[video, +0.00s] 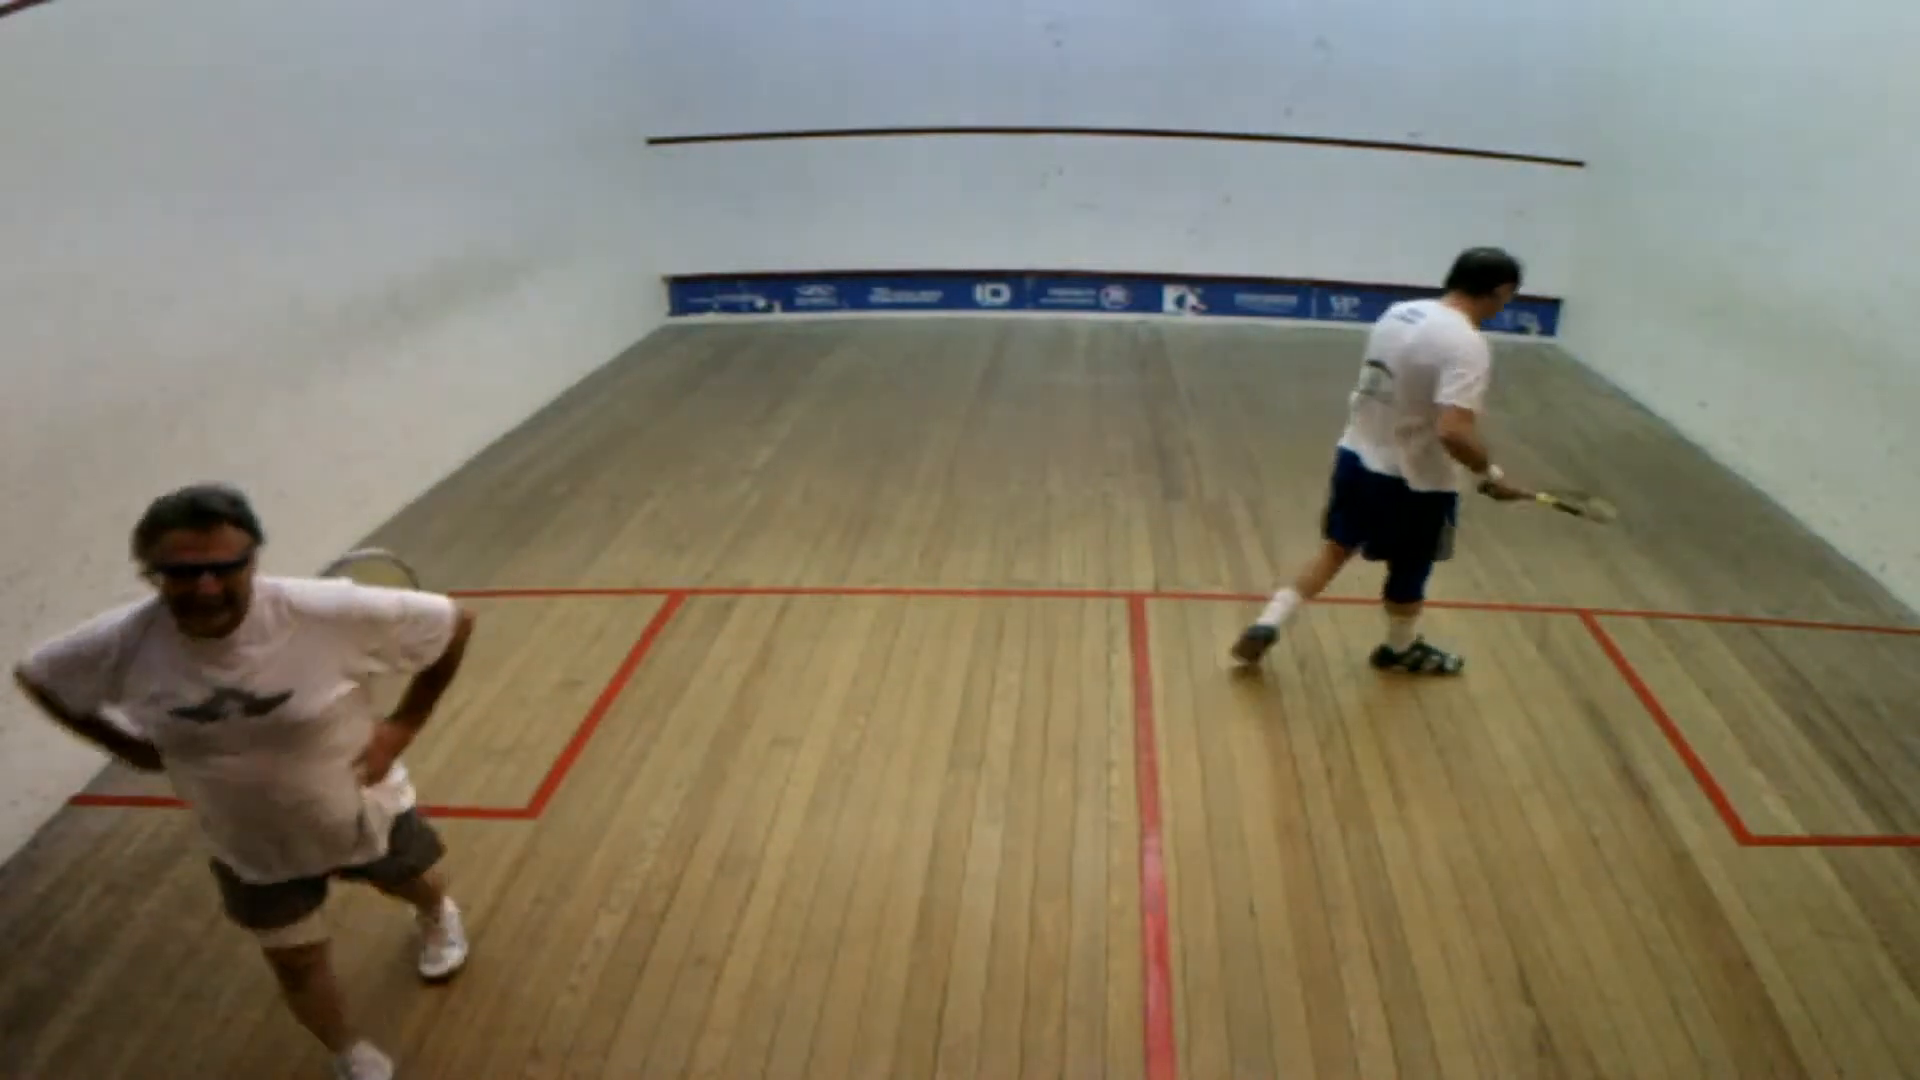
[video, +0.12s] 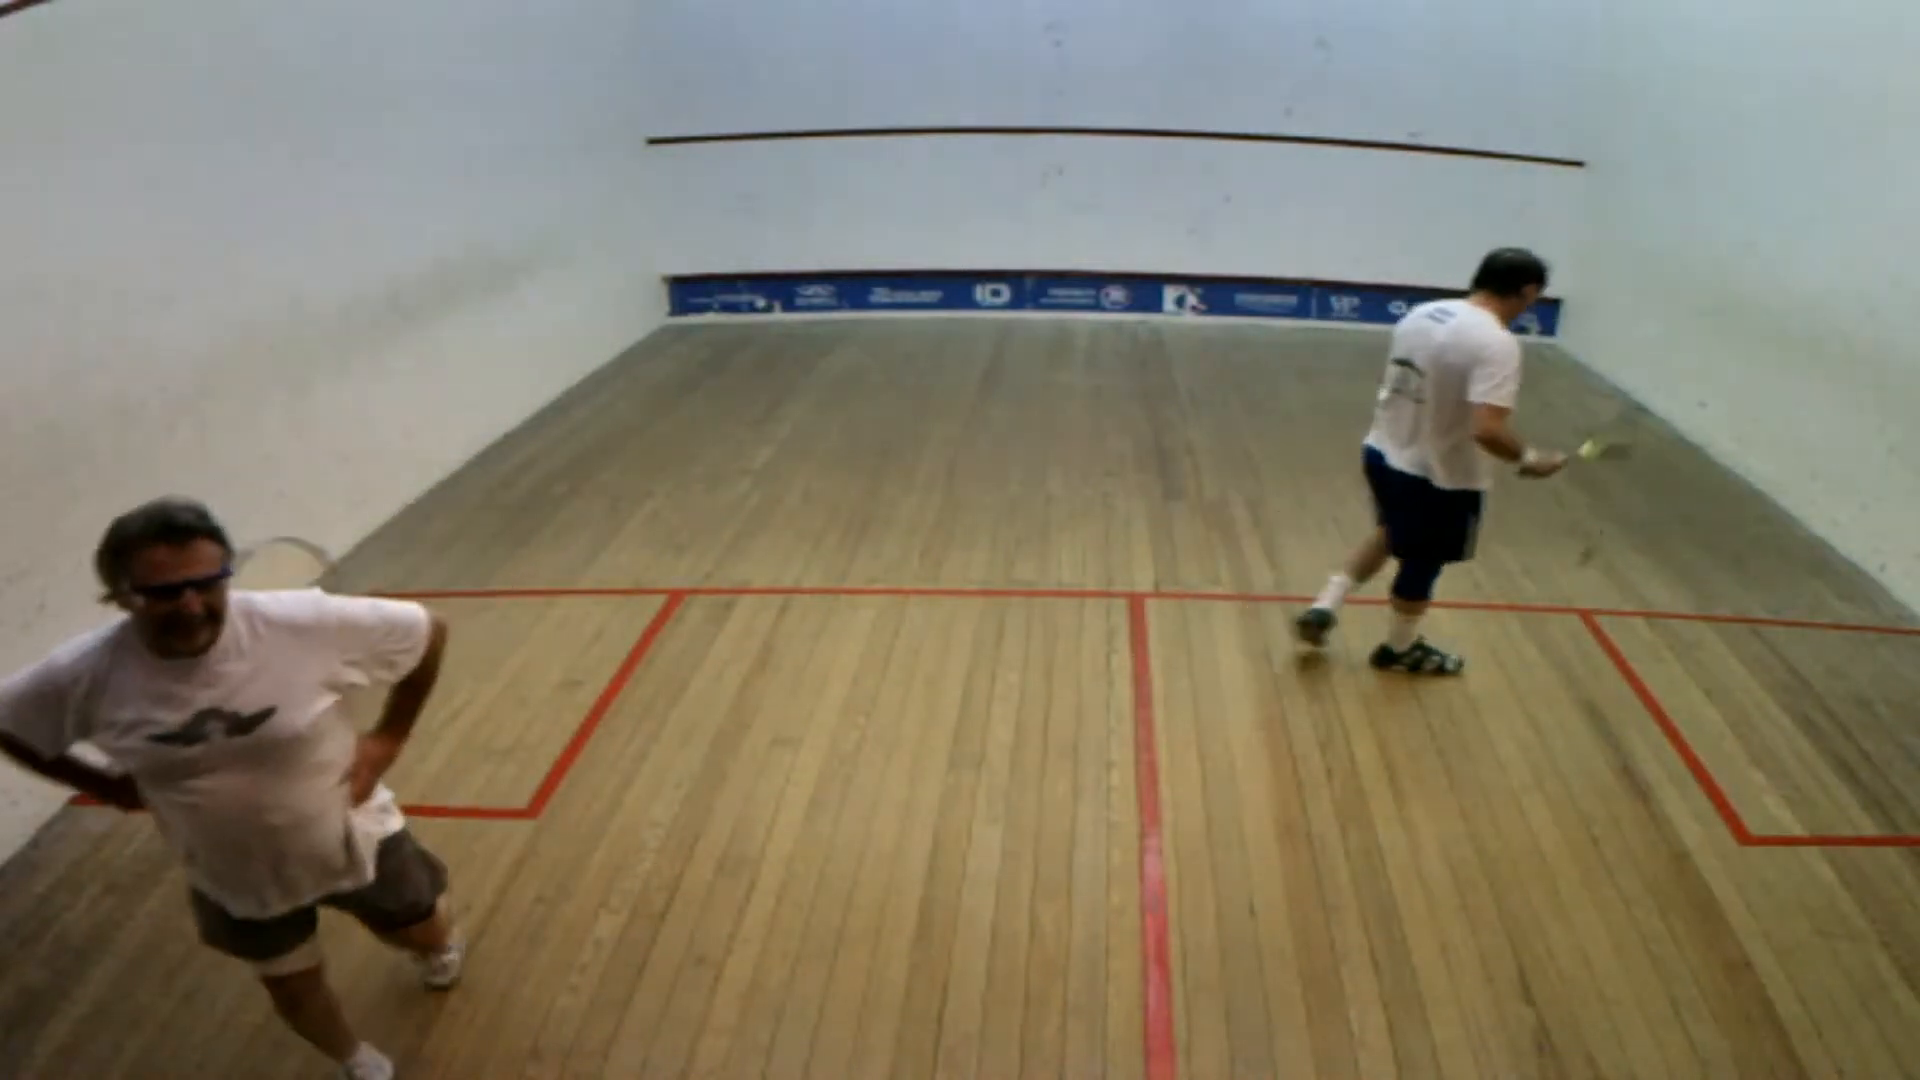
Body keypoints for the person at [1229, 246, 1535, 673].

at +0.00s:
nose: (1504, 307)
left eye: (1508, 298)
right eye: (1506, 297)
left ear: (1458, 280)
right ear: (1492, 292)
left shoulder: (1397, 314)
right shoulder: (1466, 345)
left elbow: (1380, 392)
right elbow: (1453, 431)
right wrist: (1488, 473)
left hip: (1357, 461)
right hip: (1416, 482)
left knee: (1335, 546)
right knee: (1410, 567)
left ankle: (1268, 623)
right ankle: (1401, 645)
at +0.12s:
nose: (1528, 310)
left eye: (1533, 301)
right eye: (1531, 300)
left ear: (1482, 281)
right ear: (1518, 293)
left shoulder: (1423, 314)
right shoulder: (1496, 343)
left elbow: (1401, 389)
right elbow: (1487, 429)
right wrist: (1526, 459)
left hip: (1383, 457)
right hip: (1438, 481)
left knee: (1388, 535)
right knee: (1421, 563)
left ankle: (1324, 605)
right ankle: (1400, 645)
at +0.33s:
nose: (1558, 303)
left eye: (1560, 294)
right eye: (1559, 294)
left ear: (1508, 281)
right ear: (1546, 291)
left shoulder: (1450, 315)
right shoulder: (1533, 345)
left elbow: (1395, 373)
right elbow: (1542, 429)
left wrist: (1364, 422)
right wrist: (1584, 447)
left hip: (1416, 454)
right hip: (1466, 478)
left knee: (1427, 542)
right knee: (1431, 564)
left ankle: (1419, 617)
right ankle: (1401, 646)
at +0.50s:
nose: (1571, 303)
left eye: (1572, 295)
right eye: (1571, 295)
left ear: (1519, 283)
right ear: (1561, 293)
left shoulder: (1469, 318)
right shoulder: (1555, 344)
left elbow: (1411, 379)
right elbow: (1580, 430)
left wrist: (1402, 435)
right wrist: (1605, 464)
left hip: (1451, 459)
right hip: (1503, 479)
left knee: (1485, 542)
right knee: (1457, 558)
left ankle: (1494, 611)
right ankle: (1403, 642)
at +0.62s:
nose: (1581, 300)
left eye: (1583, 294)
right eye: (1582, 293)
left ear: (1530, 282)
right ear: (1573, 291)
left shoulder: (1482, 320)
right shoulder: (1570, 339)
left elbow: (1434, 384)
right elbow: (1594, 424)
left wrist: (1436, 440)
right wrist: (1621, 441)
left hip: (1473, 458)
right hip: (1527, 472)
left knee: (1496, 542)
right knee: (1500, 560)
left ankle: (1501, 610)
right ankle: (1416, 633)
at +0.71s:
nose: (1586, 299)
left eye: (1588, 292)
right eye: (1588, 292)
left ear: (1539, 281)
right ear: (1581, 288)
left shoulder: (1495, 316)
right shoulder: (1583, 333)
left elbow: (1451, 383)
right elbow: (1601, 415)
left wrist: (1460, 438)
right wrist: (1625, 436)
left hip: (1482, 453)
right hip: (1543, 466)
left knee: (1497, 532)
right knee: (1550, 553)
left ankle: (1501, 611)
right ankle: (1455, 618)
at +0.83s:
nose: (1598, 295)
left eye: (1598, 289)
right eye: (1599, 289)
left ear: (1549, 280)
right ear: (1592, 286)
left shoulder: (1505, 315)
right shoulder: (1596, 332)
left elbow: (1467, 382)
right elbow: (1613, 418)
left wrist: (1493, 425)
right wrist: (1627, 459)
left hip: (1495, 451)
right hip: (1560, 462)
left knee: (1503, 532)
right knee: (1581, 544)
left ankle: (1507, 627)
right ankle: (1506, 615)